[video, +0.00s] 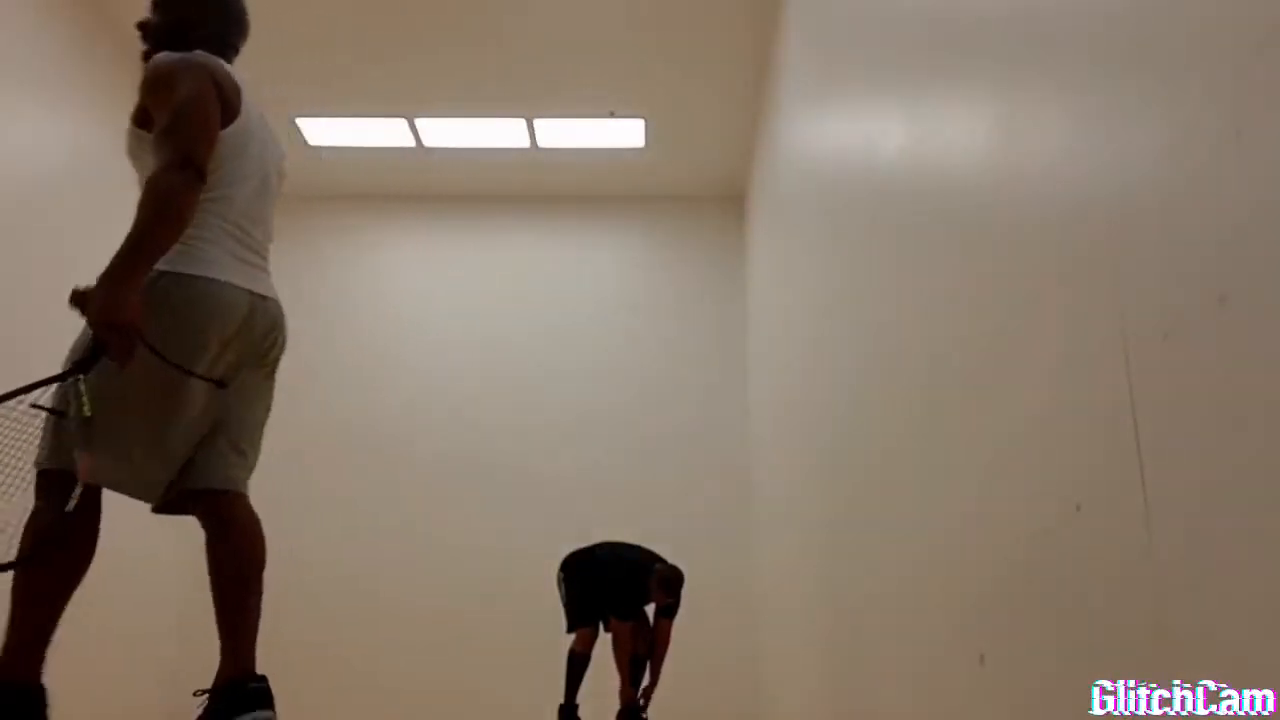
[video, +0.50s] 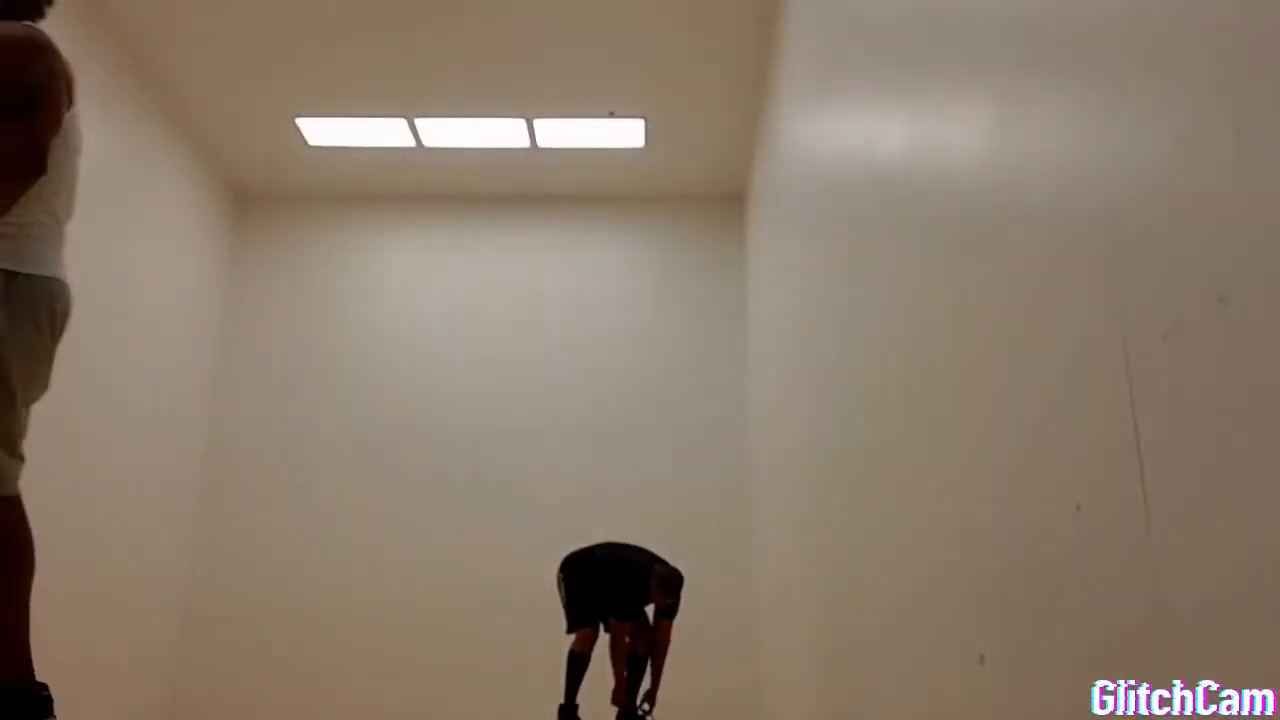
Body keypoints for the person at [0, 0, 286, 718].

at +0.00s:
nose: (142, 23)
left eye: (156, 11)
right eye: (149, 12)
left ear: (183, 21)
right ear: (230, 37)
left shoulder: (179, 68)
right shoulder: (259, 121)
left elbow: (184, 170)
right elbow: (235, 232)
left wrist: (117, 284)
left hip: (178, 293)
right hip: (258, 311)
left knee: (66, 478)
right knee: (222, 492)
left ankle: (19, 674)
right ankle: (240, 679)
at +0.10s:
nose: (102, 23)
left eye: (115, 13)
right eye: (106, 11)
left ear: (147, 20)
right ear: (190, 33)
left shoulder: (142, 68)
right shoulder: (207, 110)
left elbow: (150, 174)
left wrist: (87, 282)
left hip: (140, 297)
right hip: (214, 310)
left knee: (63, 495)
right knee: (188, 497)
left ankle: (23, 683)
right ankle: (233, 658)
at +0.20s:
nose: (58, 13)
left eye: (73, 2)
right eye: (65, 1)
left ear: (105, 11)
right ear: (150, 23)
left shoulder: (99, 62)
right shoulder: (173, 110)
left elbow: (111, 169)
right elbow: (169, 225)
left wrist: (42, 284)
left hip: (100, 296)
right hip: (165, 312)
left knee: (42, 497)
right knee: (116, 498)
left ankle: (21, 681)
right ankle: (197, 623)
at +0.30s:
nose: (20, 11)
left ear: (59, 3)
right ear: (109, 14)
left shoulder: (70, 55)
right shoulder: (133, 99)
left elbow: (72, 165)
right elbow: (135, 224)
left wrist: (7, 266)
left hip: (69, 287)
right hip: (120, 300)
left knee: (24, 486)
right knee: (54, 495)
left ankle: (21, 685)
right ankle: (133, 610)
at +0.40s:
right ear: (82, 11)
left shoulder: (41, 47)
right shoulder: (93, 79)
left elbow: (47, 152)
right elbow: (90, 212)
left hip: (37, 281)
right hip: (73, 287)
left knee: (12, 477)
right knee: (18, 477)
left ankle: (18, 669)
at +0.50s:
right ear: (43, 1)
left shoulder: (24, 51)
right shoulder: (48, 59)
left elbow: (22, 166)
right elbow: (43, 183)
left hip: (18, 281)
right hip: (34, 281)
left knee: (3, 480)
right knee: (4, 480)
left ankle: (16, 677)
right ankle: (16, 676)